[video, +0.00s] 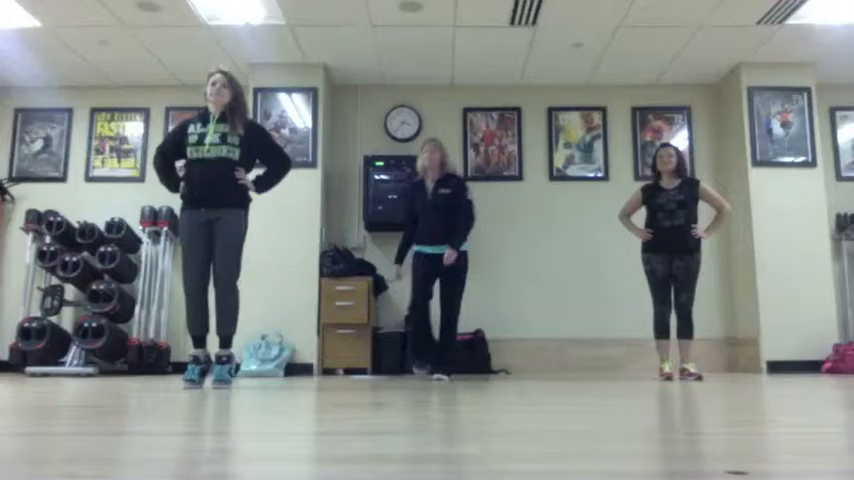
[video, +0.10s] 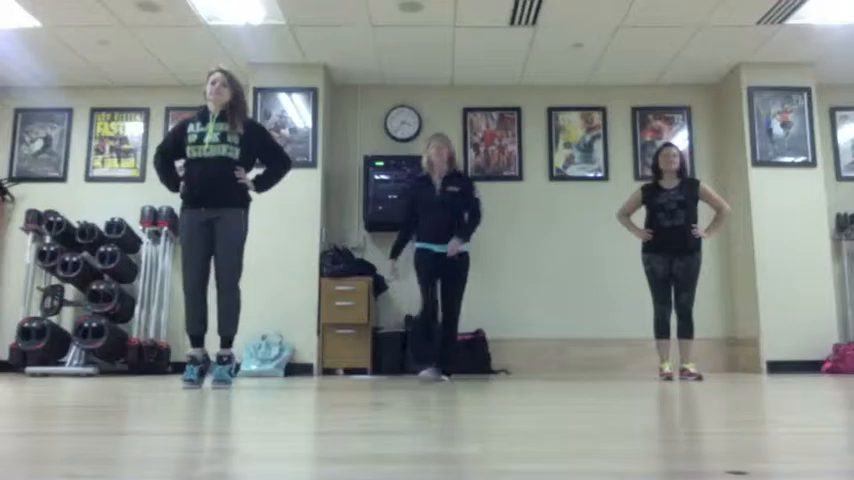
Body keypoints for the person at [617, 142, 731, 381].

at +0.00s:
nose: (666, 160)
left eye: (670, 156)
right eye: (662, 157)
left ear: (678, 160)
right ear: (655, 162)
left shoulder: (692, 186)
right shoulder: (648, 190)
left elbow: (724, 209)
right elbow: (623, 214)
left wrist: (707, 232)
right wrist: (638, 232)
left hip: (686, 253)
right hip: (656, 254)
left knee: (684, 308)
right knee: (662, 309)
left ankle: (686, 363)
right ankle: (664, 363)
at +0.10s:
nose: (670, 159)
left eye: (674, 155)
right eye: (665, 156)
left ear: (680, 160)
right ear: (657, 161)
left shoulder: (692, 186)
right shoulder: (648, 190)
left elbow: (724, 209)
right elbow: (622, 214)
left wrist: (707, 232)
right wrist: (638, 232)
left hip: (687, 253)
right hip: (656, 254)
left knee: (684, 308)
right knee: (662, 308)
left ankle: (687, 363)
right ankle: (665, 363)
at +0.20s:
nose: (671, 159)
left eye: (674, 155)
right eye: (665, 156)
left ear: (681, 160)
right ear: (658, 161)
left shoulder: (693, 186)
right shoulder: (648, 190)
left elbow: (723, 209)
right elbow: (621, 214)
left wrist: (707, 232)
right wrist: (639, 232)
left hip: (687, 253)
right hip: (657, 254)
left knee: (684, 308)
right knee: (662, 308)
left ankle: (687, 363)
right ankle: (665, 363)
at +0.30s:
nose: (671, 159)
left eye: (675, 155)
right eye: (666, 156)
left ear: (681, 159)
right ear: (658, 162)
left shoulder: (693, 186)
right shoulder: (648, 190)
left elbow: (722, 210)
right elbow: (621, 213)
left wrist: (706, 233)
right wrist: (639, 231)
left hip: (687, 254)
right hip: (657, 254)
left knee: (684, 308)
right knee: (662, 309)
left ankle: (687, 363)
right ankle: (665, 363)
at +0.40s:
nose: (671, 159)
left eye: (675, 155)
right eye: (666, 156)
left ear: (681, 160)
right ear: (658, 162)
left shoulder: (693, 186)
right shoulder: (649, 189)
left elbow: (722, 210)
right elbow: (621, 214)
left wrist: (706, 233)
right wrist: (640, 231)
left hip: (688, 253)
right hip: (657, 254)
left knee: (684, 308)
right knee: (662, 308)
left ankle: (686, 363)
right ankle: (665, 363)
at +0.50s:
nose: (673, 159)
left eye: (676, 155)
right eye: (667, 156)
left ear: (682, 160)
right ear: (659, 161)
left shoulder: (694, 187)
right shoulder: (649, 189)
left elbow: (721, 210)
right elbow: (620, 213)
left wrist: (707, 233)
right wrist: (640, 231)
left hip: (688, 253)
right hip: (658, 253)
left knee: (684, 308)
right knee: (663, 308)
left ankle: (686, 363)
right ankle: (665, 363)